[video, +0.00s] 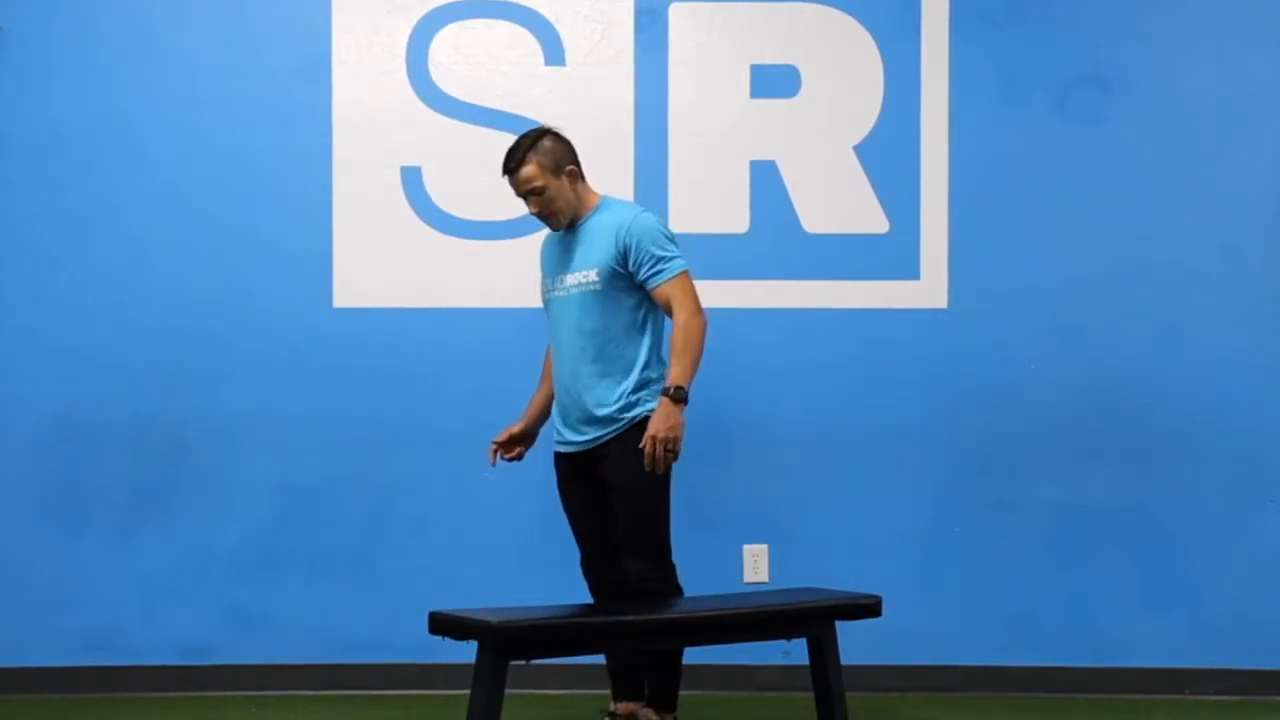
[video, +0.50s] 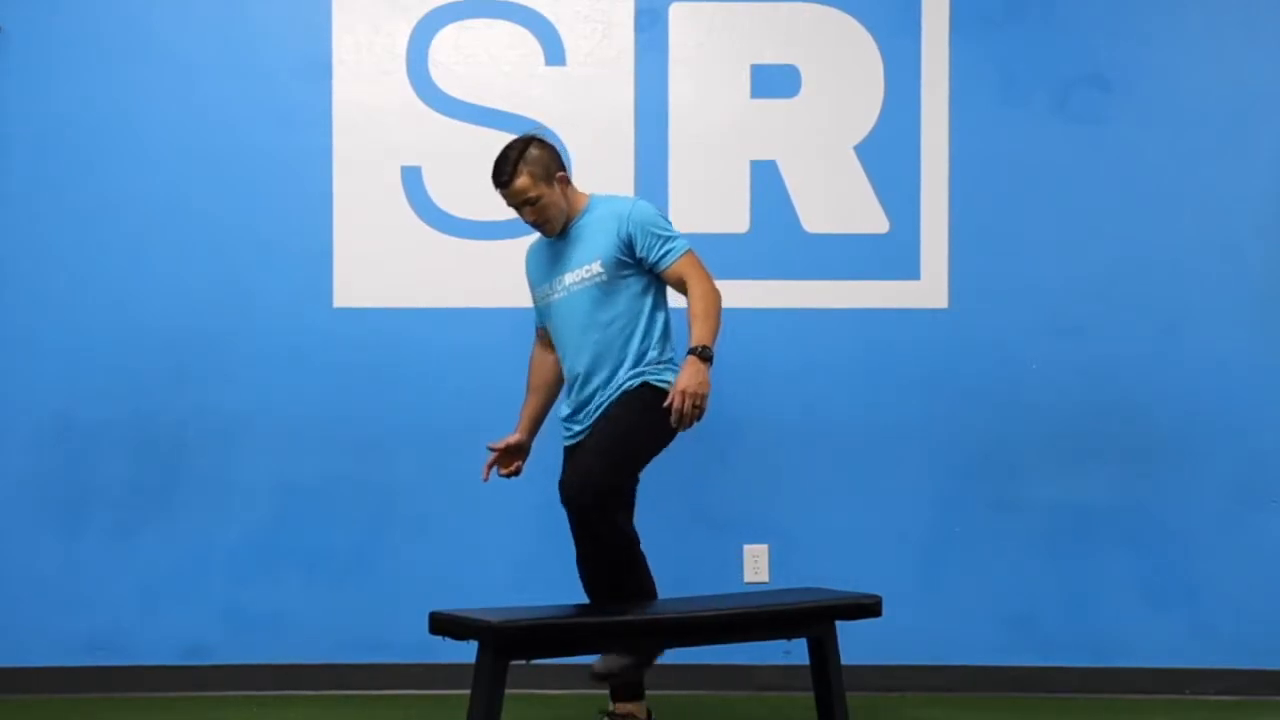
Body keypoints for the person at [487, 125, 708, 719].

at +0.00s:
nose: (531, 208)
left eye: (536, 193)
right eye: (523, 197)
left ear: (572, 175)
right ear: (524, 192)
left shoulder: (630, 227)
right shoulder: (552, 248)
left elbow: (689, 311)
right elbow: (564, 345)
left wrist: (673, 401)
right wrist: (531, 422)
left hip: (632, 432)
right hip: (575, 442)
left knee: (646, 572)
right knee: (604, 577)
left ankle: (660, 707)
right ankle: (625, 705)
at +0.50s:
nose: (528, 216)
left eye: (532, 201)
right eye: (517, 207)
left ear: (562, 179)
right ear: (512, 202)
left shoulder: (626, 218)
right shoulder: (539, 257)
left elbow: (702, 287)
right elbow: (548, 348)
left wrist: (698, 362)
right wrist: (525, 432)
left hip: (646, 388)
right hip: (583, 415)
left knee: (588, 488)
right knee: (595, 545)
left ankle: (639, 625)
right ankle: (629, 702)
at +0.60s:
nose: (527, 218)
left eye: (531, 203)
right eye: (516, 209)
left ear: (560, 179)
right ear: (511, 203)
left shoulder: (626, 217)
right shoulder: (537, 258)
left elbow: (702, 278)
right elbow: (547, 347)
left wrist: (711, 354)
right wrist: (522, 431)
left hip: (653, 377)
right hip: (591, 406)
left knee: (582, 432)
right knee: (603, 560)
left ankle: (663, 534)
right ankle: (628, 702)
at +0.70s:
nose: (525, 218)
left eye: (530, 203)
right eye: (515, 210)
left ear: (559, 180)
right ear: (511, 202)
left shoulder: (626, 216)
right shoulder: (535, 259)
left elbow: (699, 276)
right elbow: (546, 348)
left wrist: (722, 350)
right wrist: (524, 432)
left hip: (660, 374)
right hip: (597, 405)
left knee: (589, 393)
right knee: (605, 556)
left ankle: (680, 517)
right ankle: (629, 701)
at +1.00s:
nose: (530, 226)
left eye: (533, 210)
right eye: (519, 219)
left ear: (561, 183)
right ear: (513, 211)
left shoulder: (633, 214)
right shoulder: (533, 266)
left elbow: (711, 270)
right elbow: (541, 356)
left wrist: (736, 339)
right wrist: (525, 445)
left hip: (672, 371)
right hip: (603, 420)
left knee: (630, 410)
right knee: (609, 563)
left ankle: (696, 562)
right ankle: (630, 705)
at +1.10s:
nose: (536, 228)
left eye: (540, 213)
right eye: (524, 220)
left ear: (567, 186)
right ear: (516, 212)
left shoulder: (640, 219)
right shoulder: (534, 267)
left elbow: (719, 277)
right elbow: (540, 356)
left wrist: (743, 346)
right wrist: (524, 448)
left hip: (679, 375)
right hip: (607, 421)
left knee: (632, 411)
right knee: (608, 567)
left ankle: (696, 564)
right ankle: (630, 705)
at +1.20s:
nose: (542, 233)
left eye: (546, 218)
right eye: (531, 225)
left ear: (575, 192)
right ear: (523, 218)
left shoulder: (649, 230)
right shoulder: (538, 271)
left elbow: (729, 289)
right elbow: (537, 363)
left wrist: (751, 363)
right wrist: (520, 453)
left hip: (685, 384)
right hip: (612, 424)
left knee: (633, 413)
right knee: (598, 569)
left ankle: (696, 564)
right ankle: (629, 707)